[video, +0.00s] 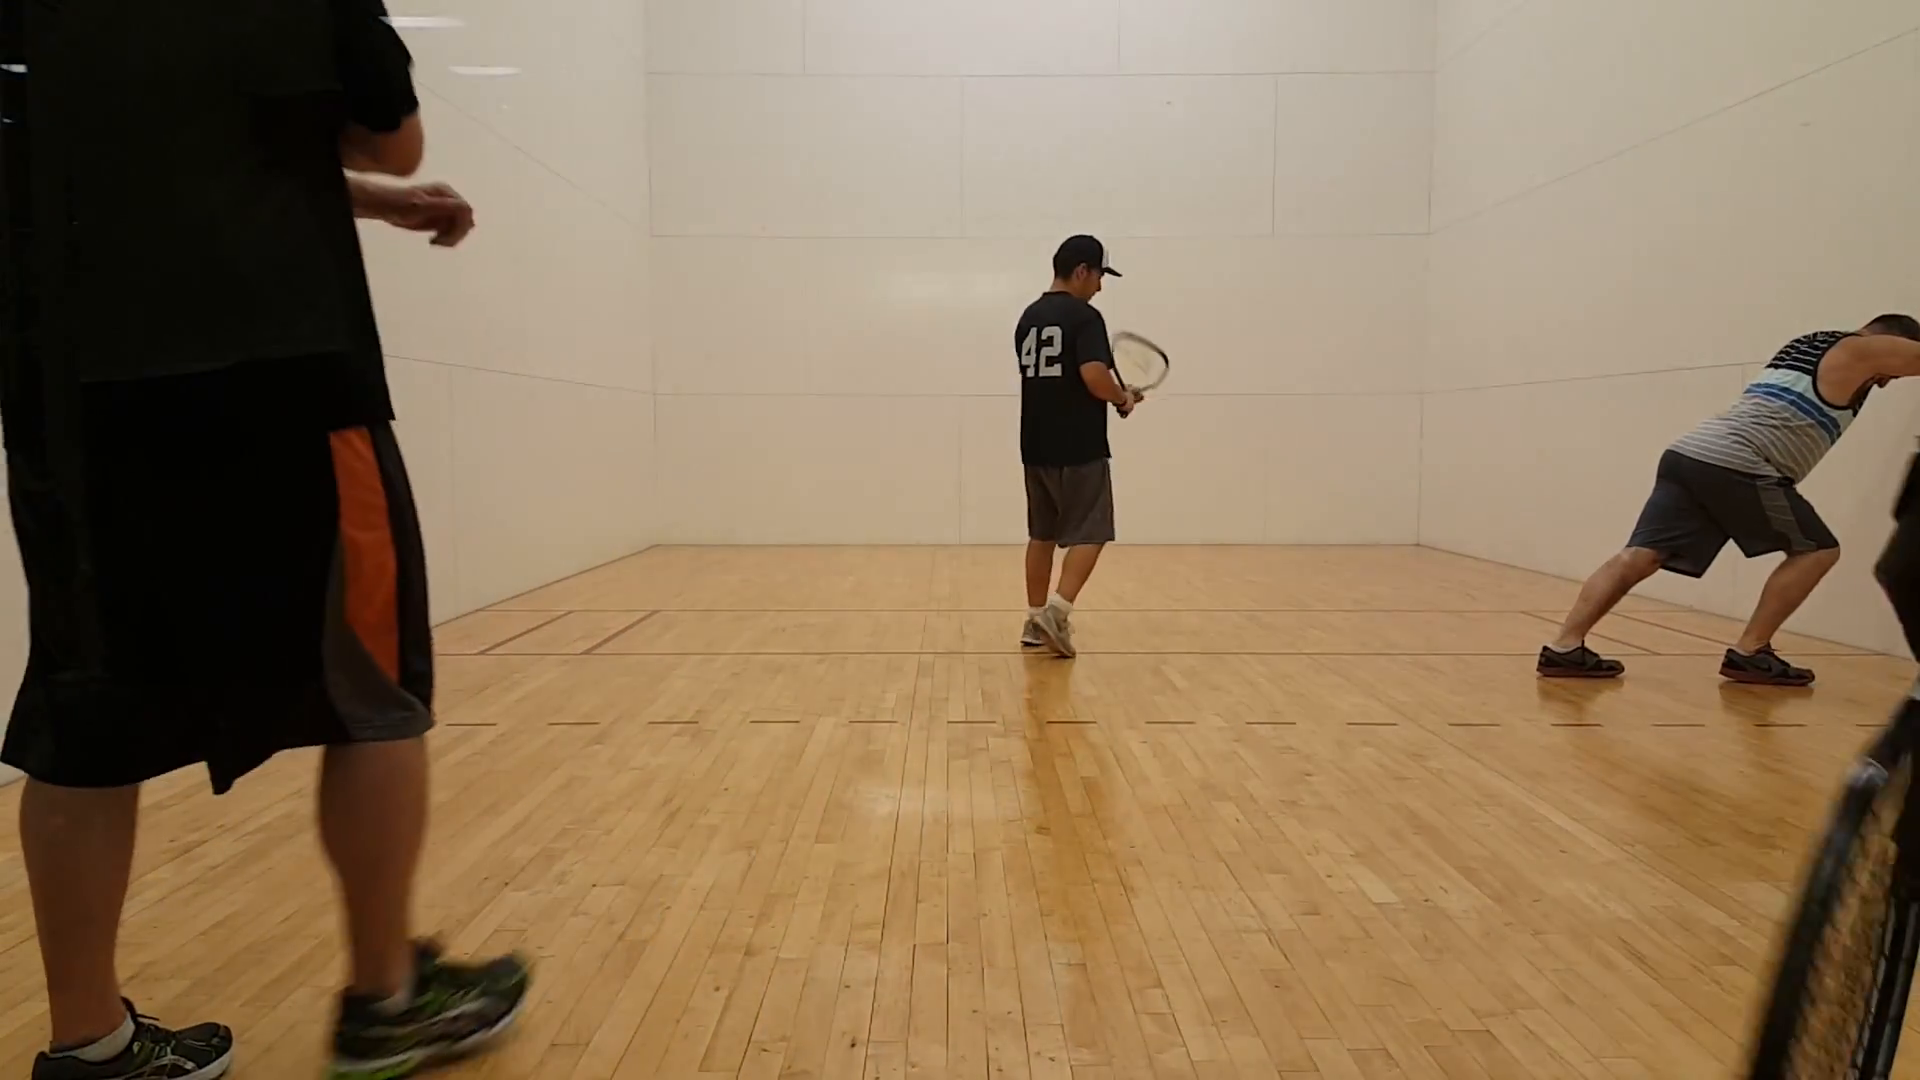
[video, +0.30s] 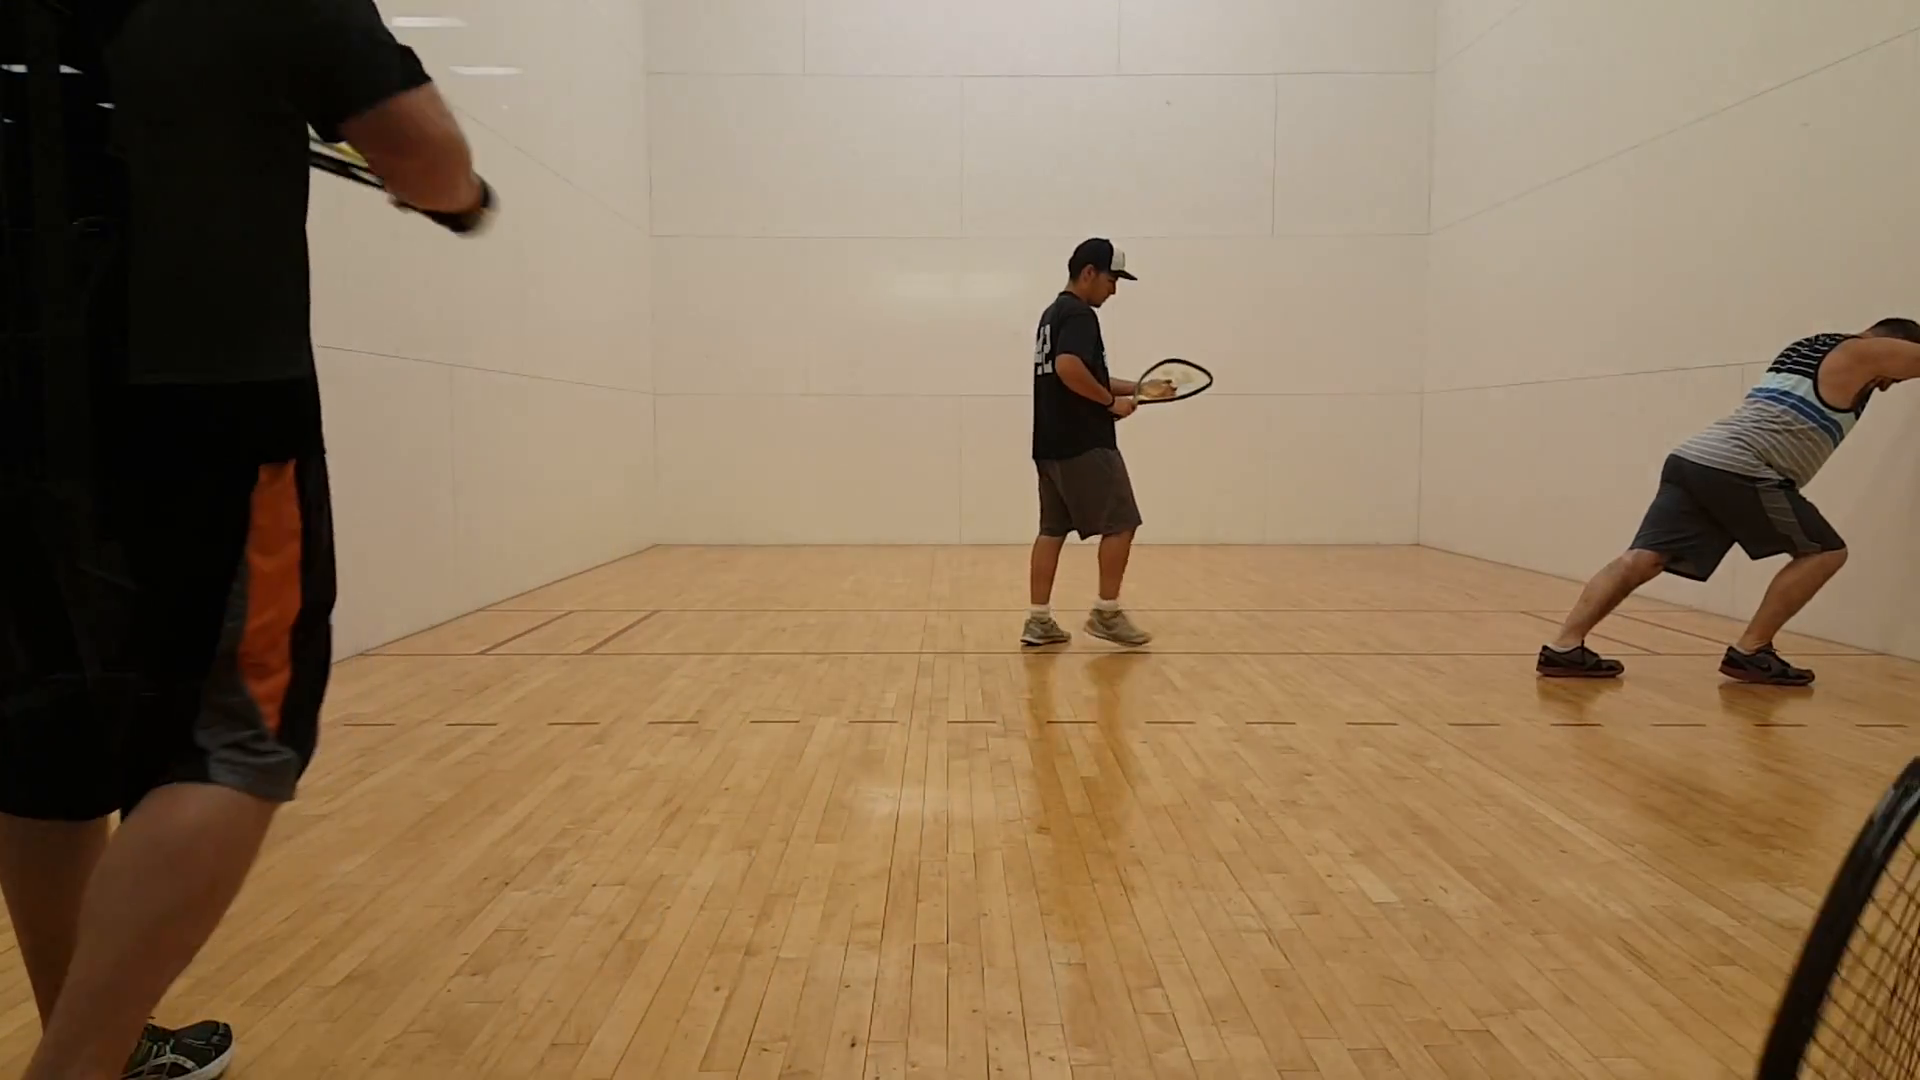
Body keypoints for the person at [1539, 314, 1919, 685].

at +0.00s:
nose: (1896, 377)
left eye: (1902, 368)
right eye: (1902, 364)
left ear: (1873, 332)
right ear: (1890, 342)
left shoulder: (1807, 345)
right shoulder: (1862, 350)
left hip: (1687, 456)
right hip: (1740, 467)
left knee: (1637, 557)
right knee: (1818, 550)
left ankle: (1564, 646)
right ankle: (1750, 651)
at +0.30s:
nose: (1896, 382)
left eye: (1902, 373)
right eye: (1902, 369)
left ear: (1878, 337)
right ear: (1891, 345)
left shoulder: (1808, 348)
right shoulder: (1864, 352)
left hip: (1691, 461)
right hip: (1744, 471)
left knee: (1640, 560)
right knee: (1824, 553)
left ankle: (1563, 646)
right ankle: (1750, 650)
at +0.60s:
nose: (1901, 380)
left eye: (1905, 370)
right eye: (1905, 368)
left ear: (1881, 340)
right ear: (1893, 346)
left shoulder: (1812, 349)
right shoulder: (1861, 357)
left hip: (1700, 466)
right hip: (1750, 477)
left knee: (1645, 562)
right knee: (1830, 555)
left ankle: (1565, 647)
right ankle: (1754, 650)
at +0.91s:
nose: (1902, 385)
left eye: (1907, 375)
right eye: (1907, 372)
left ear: (1882, 341)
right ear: (1895, 349)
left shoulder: (1813, 351)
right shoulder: (1868, 356)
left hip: (1698, 466)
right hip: (1750, 475)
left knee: (1643, 563)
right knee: (1832, 554)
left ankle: (1564, 645)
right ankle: (1753, 647)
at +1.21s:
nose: (1902, 388)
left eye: (1907, 379)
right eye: (1907, 375)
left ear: (1882, 345)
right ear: (1895, 352)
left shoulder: (1812, 357)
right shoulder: (1870, 360)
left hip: (1701, 469)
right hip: (1752, 479)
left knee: (1647, 565)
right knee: (1836, 557)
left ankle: (1564, 646)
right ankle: (1753, 647)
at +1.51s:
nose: (1892, 308)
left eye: (1893, 301)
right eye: (1893, 301)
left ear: (1842, 281)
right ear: (1886, 298)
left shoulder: (1797, 311)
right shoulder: (1860, 325)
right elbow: (1918, 342)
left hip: (1685, 434)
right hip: (1745, 445)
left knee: (1642, 536)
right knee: (1798, 545)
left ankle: (1573, 633)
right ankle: (1747, 653)